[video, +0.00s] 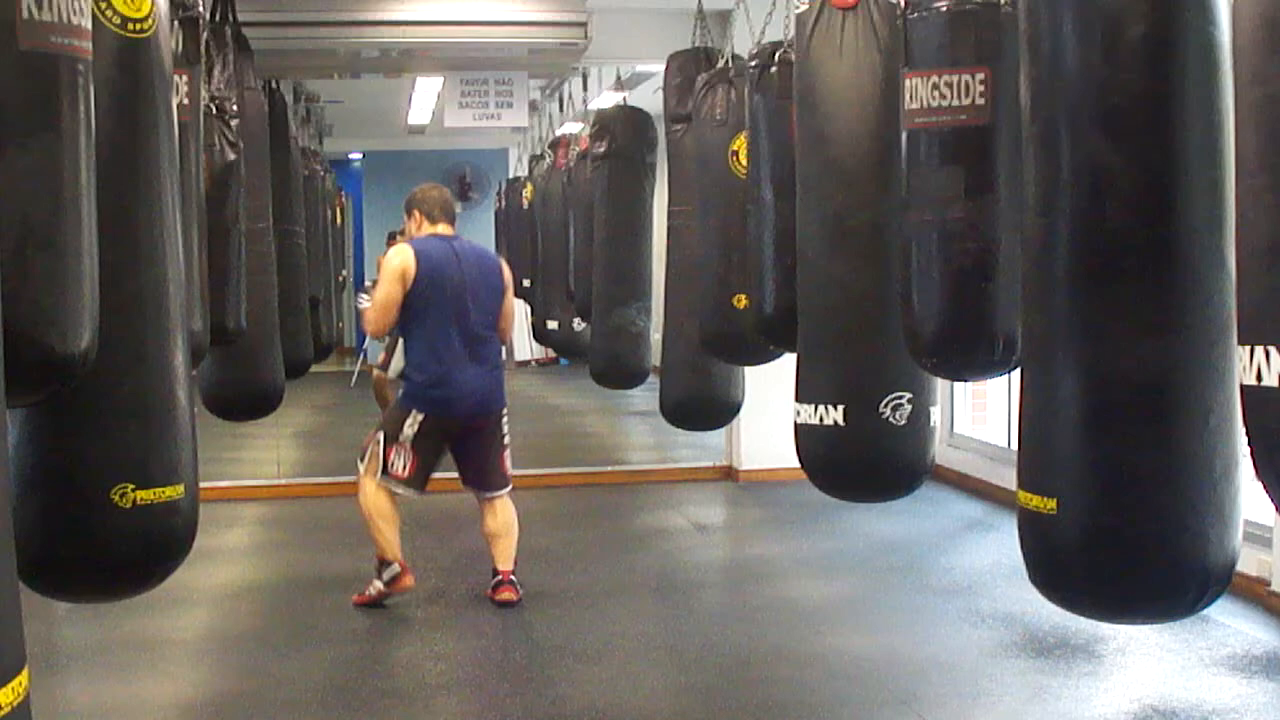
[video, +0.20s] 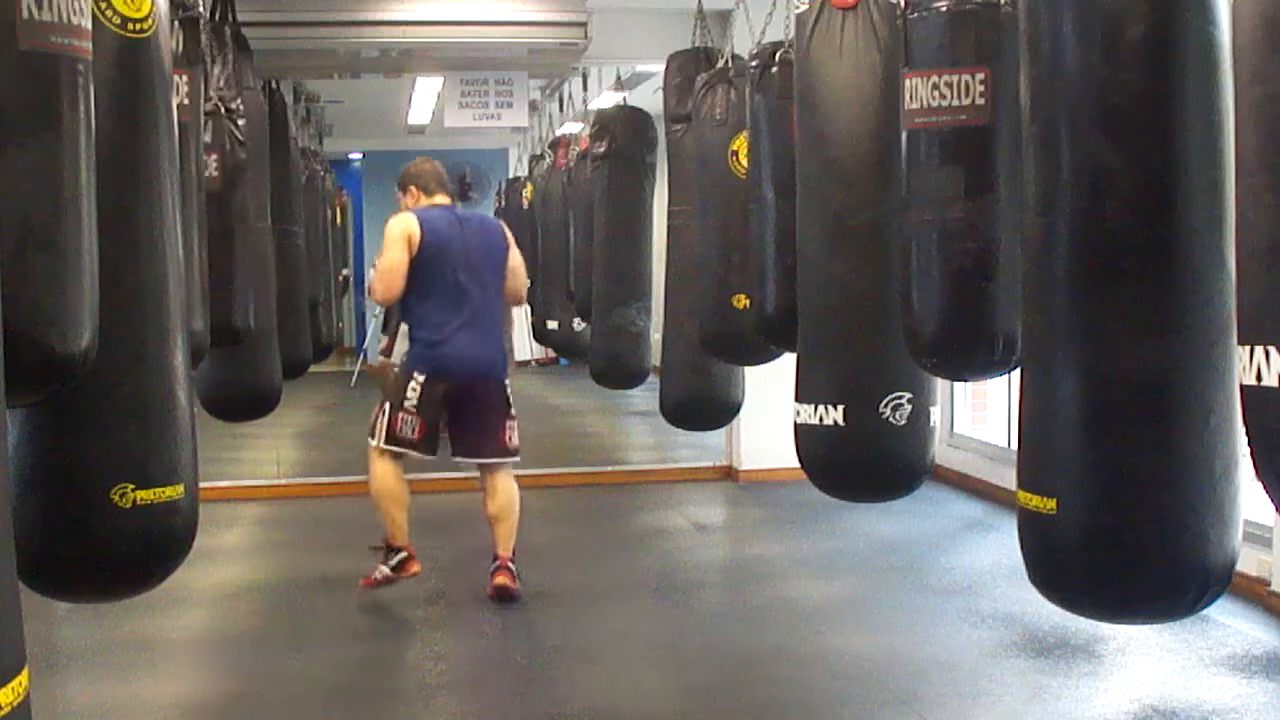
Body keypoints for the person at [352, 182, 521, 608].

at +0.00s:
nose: (406, 229)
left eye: (406, 222)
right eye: (406, 223)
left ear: (416, 218)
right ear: (453, 219)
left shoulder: (403, 256)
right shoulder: (496, 264)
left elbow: (377, 326)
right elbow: (505, 332)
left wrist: (370, 300)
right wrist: (467, 311)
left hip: (429, 395)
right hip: (486, 396)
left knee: (371, 476)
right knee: (495, 492)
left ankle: (392, 567)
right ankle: (505, 576)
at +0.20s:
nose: (401, 205)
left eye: (401, 199)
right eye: (401, 199)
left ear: (413, 194)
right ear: (449, 191)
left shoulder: (405, 224)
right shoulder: (496, 228)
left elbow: (386, 291)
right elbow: (517, 290)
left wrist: (377, 273)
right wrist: (476, 281)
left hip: (430, 363)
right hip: (487, 366)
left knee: (383, 450)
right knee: (497, 467)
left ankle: (398, 551)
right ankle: (504, 563)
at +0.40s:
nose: (402, 225)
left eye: (402, 218)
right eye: (401, 219)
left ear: (415, 213)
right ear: (450, 211)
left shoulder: (411, 249)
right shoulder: (495, 254)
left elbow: (365, 310)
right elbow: (506, 315)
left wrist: (356, 285)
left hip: (433, 391)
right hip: (488, 392)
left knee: (378, 477)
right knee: (499, 488)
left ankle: (416, 568)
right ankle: (511, 577)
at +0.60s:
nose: (380, 221)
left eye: (381, 215)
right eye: (381, 216)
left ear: (390, 213)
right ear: (427, 212)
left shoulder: (377, 244)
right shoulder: (466, 249)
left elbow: (332, 302)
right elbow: (484, 306)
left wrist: (333, 275)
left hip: (391, 386)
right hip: (453, 386)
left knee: (344, 478)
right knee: (492, 480)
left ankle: (333, 564)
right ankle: (510, 574)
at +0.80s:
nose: (329, 222)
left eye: (330, 216)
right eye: (330, 217)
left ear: (339, 216)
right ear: (380, 218)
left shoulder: (323, 244)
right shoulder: (417, 255)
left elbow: (270, 291)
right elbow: (426, 311)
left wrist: (284, 264)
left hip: (354, 392)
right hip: (415, 390)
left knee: (308, 486)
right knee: (453, 476)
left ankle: (314, 585)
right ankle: (506, 556)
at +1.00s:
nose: (311, 221)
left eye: (310, 214)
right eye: (309, 215)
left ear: (322, 209)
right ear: (350, 205)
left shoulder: (337, 239)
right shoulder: (377, 242)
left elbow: (286, 288)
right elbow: (396, 323)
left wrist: (282, 248)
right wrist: (420, 394)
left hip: (357, 380)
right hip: (401, 378)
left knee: (318, 482)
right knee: (415, 476)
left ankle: (315, 587)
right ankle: (478, 554)